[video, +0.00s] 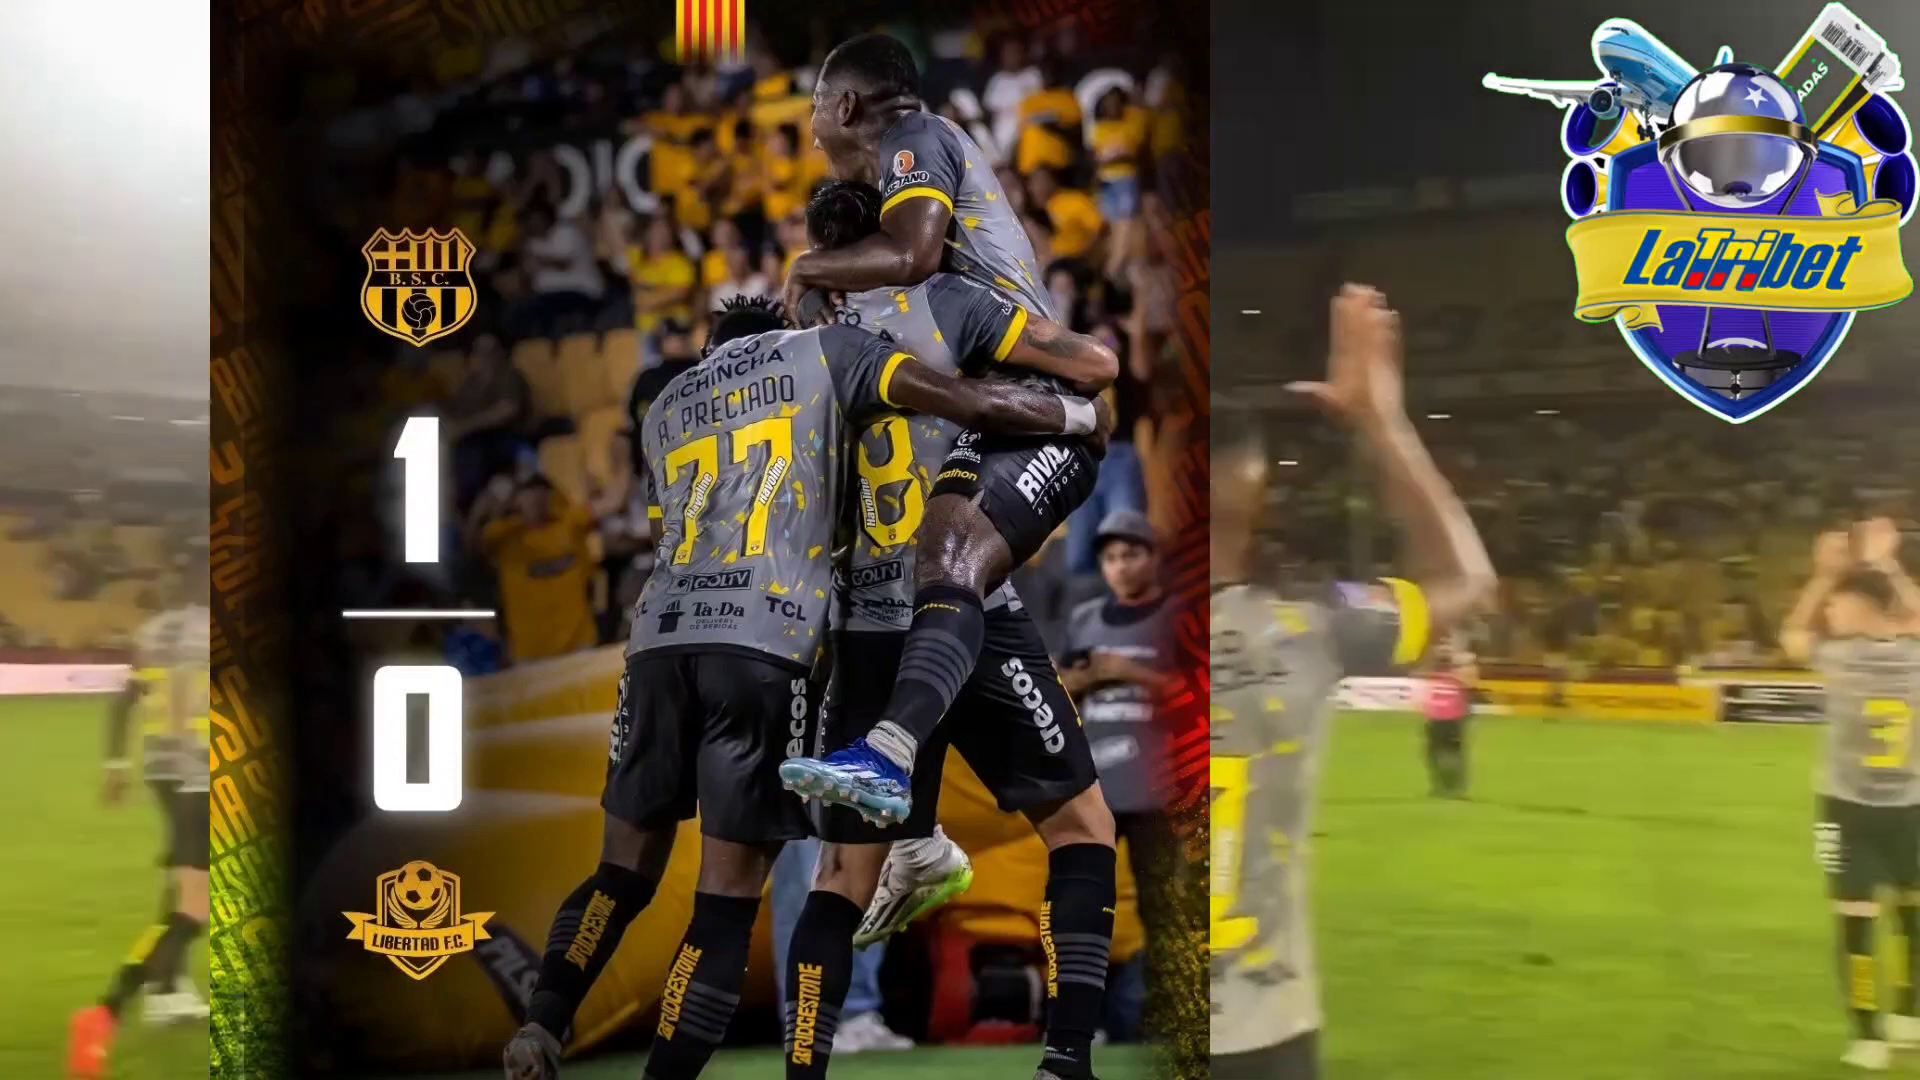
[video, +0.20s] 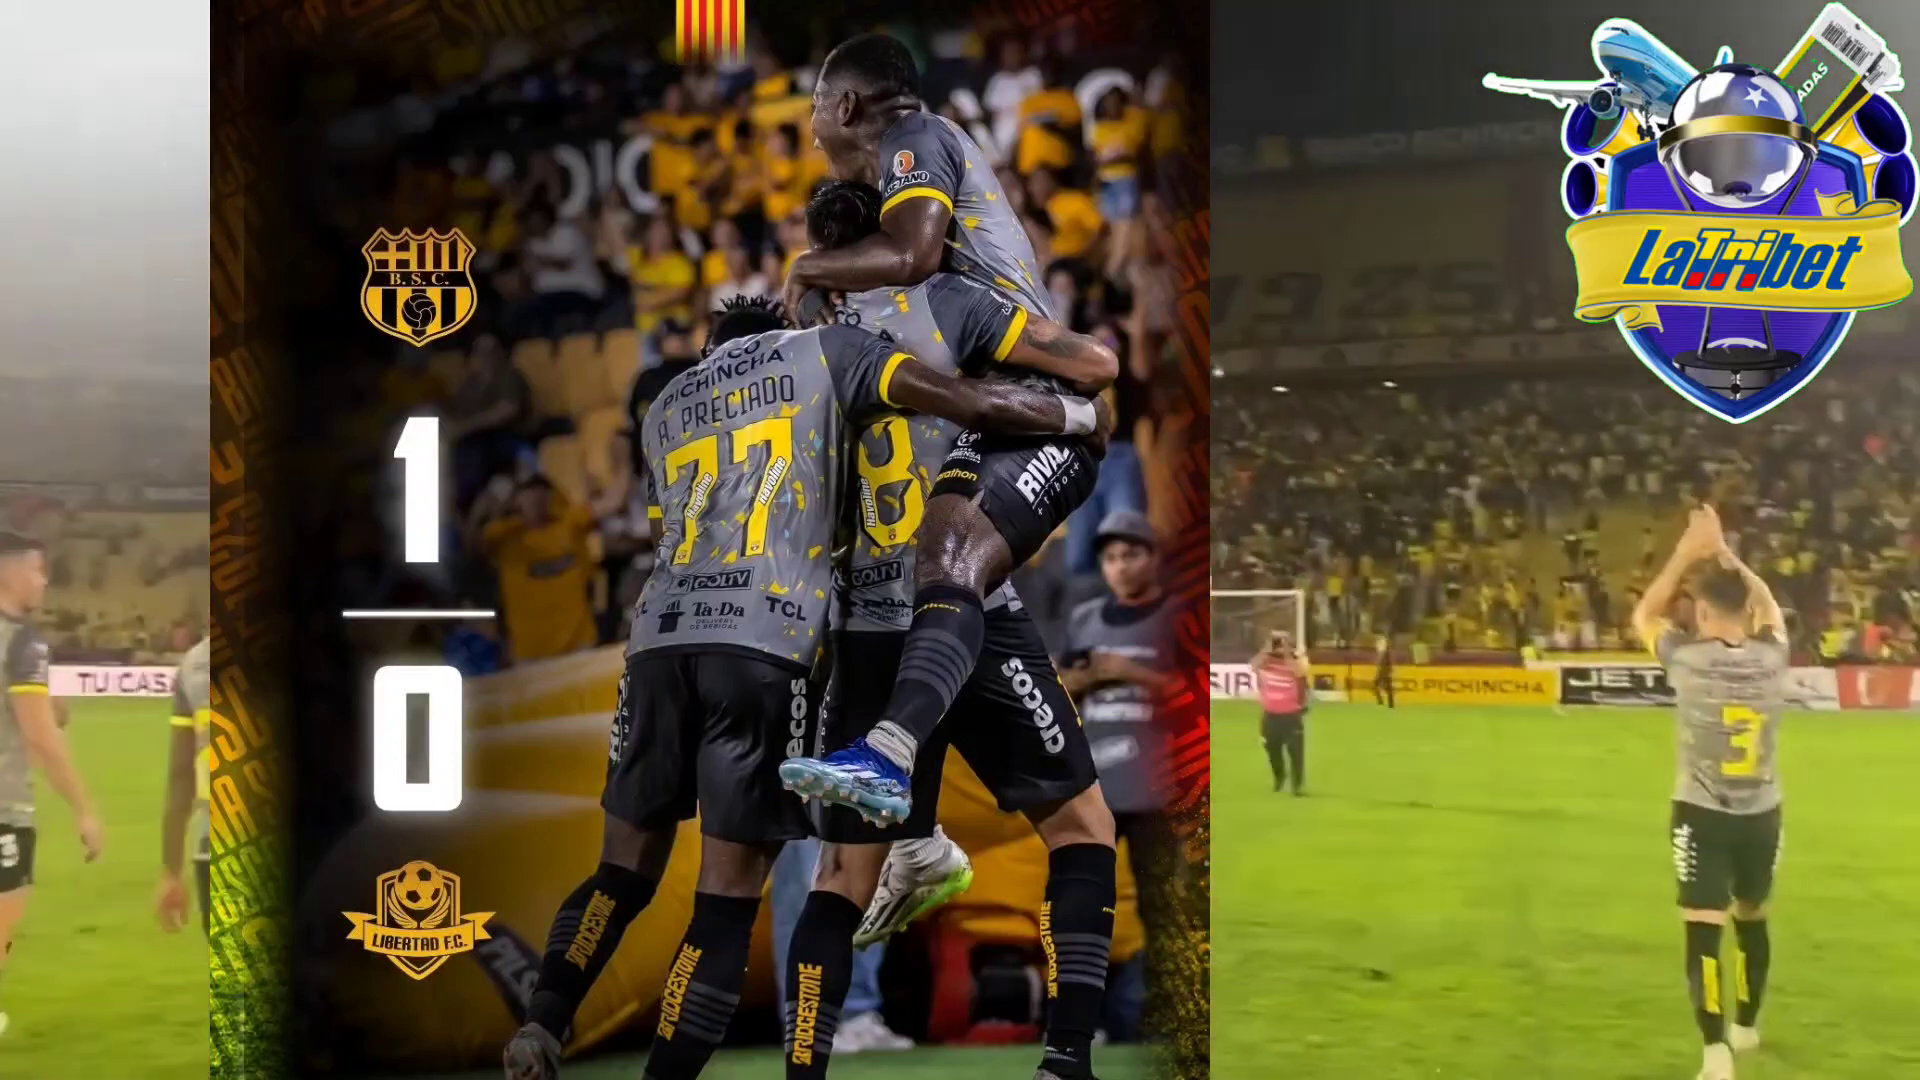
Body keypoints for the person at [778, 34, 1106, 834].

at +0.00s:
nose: (817, 130)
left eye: (822, 111)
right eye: (815, 113)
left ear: (857, 102)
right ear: (879, 103)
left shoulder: (914, 133)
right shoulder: (904, 159)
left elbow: (914, 250)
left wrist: (807, 265)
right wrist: (815, 296)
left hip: (1043, 403)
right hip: (981, 401)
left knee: (953, 556)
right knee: (897, 562)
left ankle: (888, 758)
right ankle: (915, 836)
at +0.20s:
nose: (815, 127)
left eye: (822, 108)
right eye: (815, 110)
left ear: (858, 103)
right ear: (881, 104)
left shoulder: (914, 133)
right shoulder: (903, 162)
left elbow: (914, 251)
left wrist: (806, 265)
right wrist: (806, 301)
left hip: (1045, 404)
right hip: (980, 402)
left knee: (951, 556)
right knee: (898, 569)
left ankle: (889, 757)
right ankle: (916, 837)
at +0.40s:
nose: (815, 127)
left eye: (822, 109)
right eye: (815, 110)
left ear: (858, 103)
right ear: (881, 104)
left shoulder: (914, 134)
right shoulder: (904, 161)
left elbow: (914, 251)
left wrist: (806, 265)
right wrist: (811, 297)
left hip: (1045, 404)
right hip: (982, 401)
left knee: (951, 557)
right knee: (900, 569)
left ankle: (890, 756)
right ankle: (916, 840)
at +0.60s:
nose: (816, 128)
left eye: (822, 109)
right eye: (815, 110)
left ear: (858, 103)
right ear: (880, 105)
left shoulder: (914, 132)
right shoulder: (901, 162)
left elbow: (913, 251)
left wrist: (806, 265)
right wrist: (801, 305)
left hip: (1044, 404)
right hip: (980, 403)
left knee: (951, 555)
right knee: (899, 568)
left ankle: (890, 754)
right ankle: (916, 839)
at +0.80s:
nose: (816, 128)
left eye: (822, 109)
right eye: (815, 111)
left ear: (857, 102)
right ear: (881, 103)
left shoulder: (913, 133)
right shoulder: (905, 160)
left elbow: (914, 250)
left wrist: (806, 265)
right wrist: (807, 297)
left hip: (1043, 400)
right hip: (980, 398)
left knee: (953, 558)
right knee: (895, 568)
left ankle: (889, 757)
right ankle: (916, 839)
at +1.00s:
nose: (817, 130)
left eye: (821, 111)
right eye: (815, 113)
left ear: (856, 102)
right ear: (880, 103)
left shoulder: (914, 133)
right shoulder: (905, 160)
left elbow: (914, 250)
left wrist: (808, 265)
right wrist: (809, 299)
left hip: (1042, 406)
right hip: (980, 404)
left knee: (953, 556)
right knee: (889, 562)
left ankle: (888, 757)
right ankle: (915, 840)